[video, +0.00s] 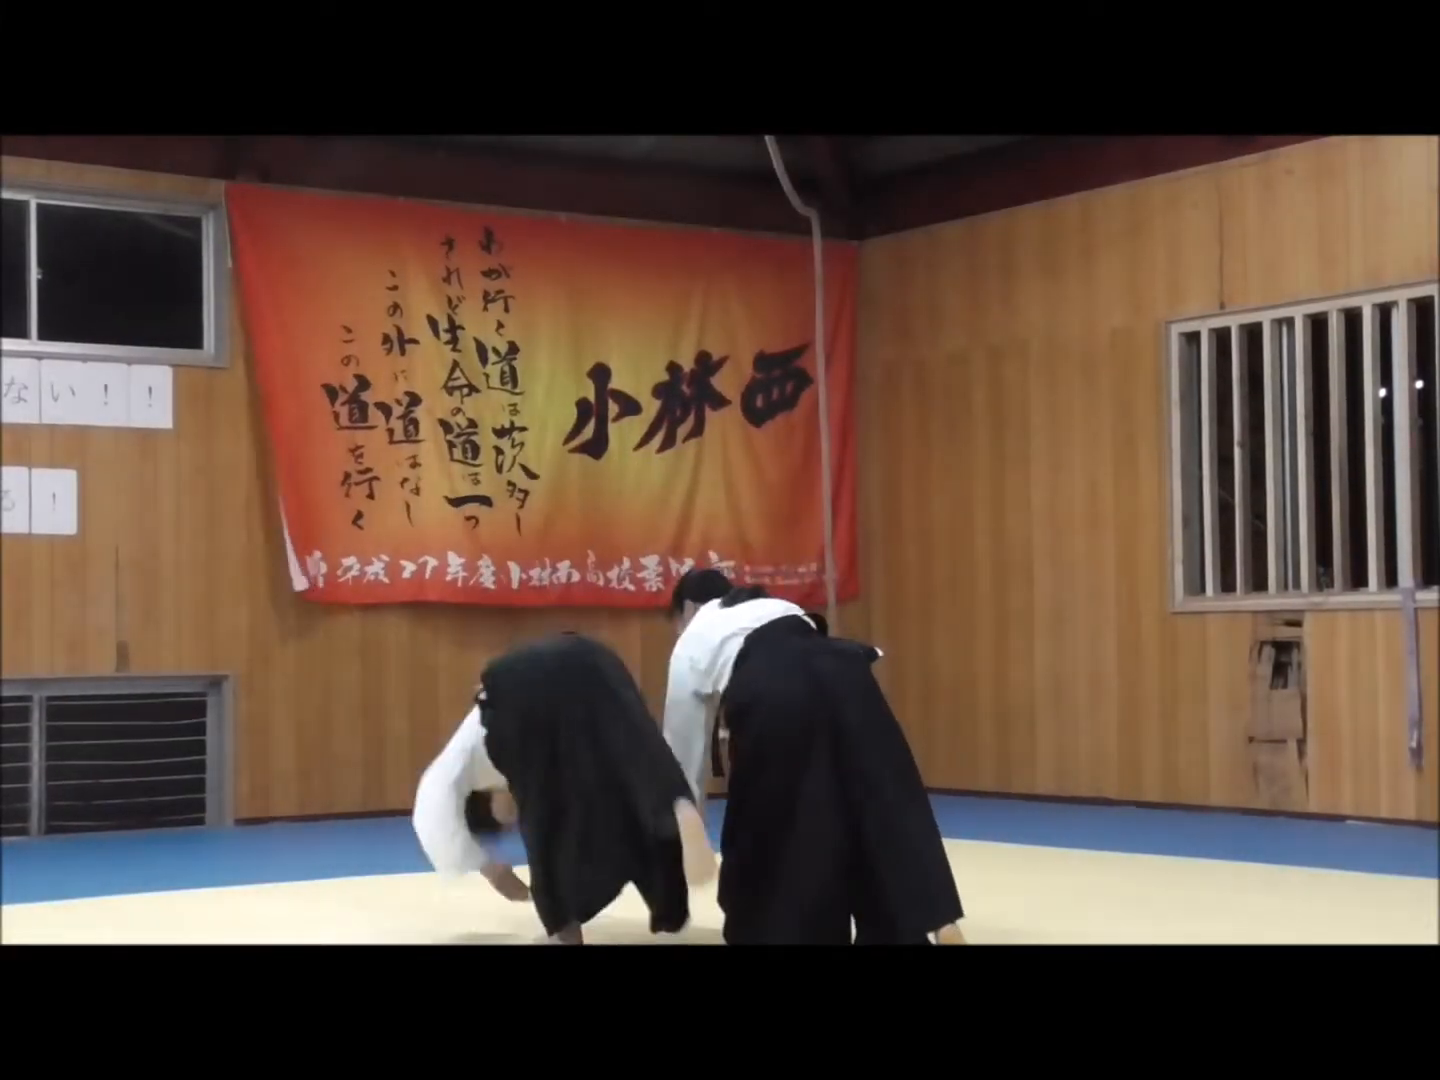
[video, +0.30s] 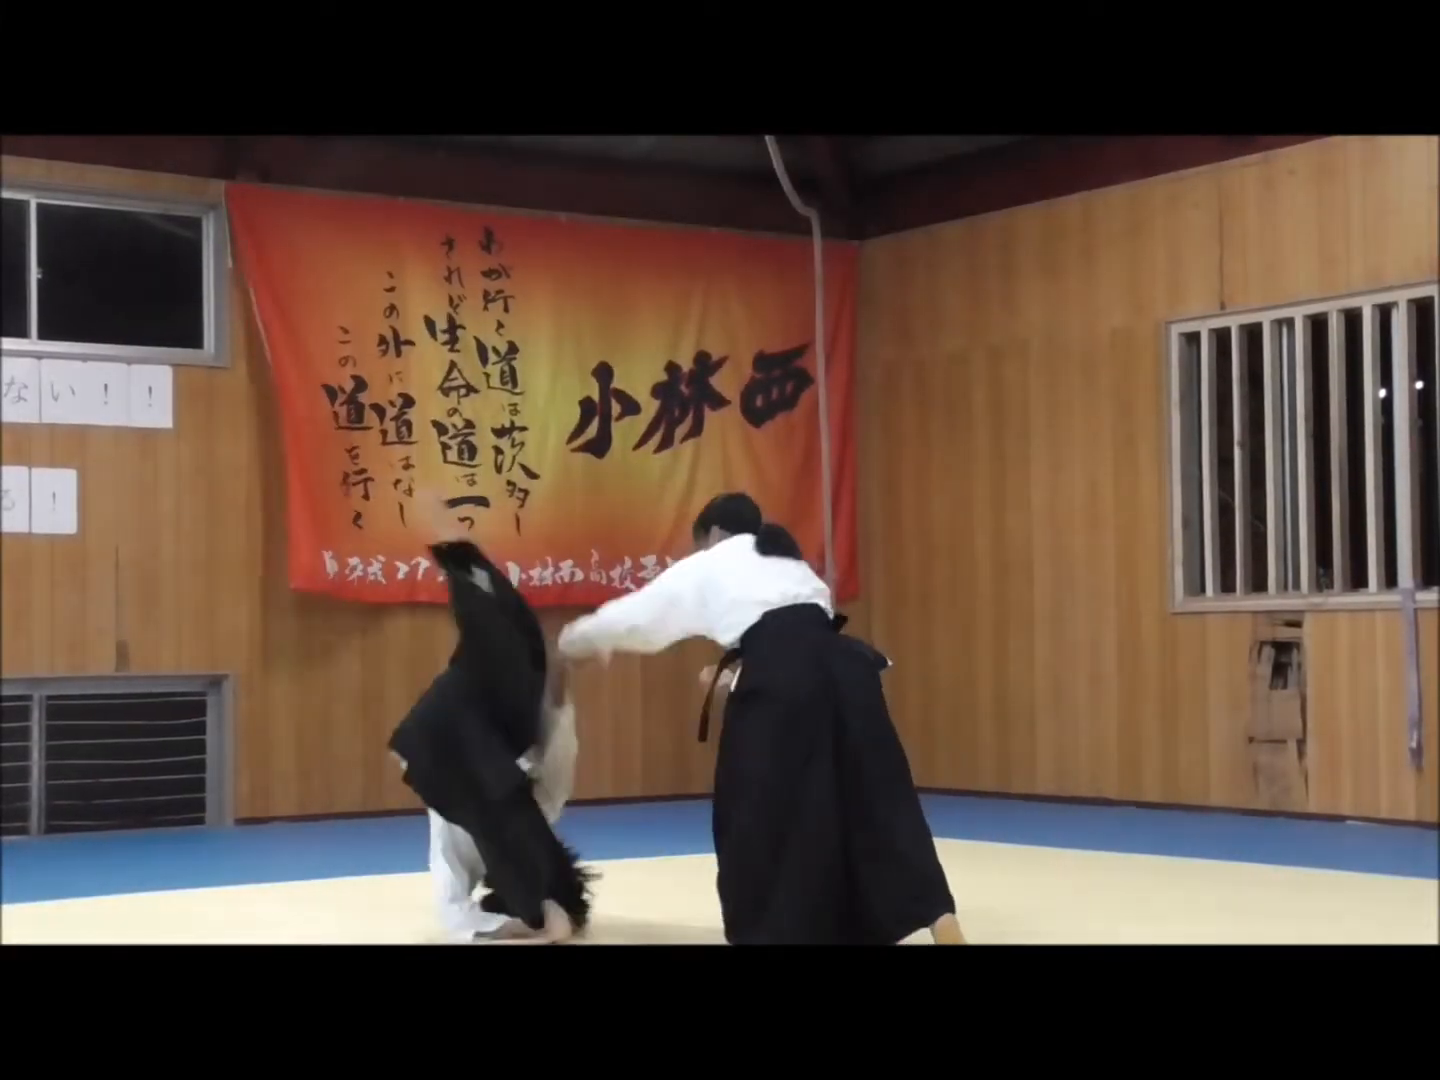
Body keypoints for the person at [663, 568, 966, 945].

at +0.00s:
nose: (678, 631)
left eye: (677, 621)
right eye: (677, 623)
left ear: (689, 609)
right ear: (728, 595)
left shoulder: (695, 640)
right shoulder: (772, 606)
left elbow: (683, 751)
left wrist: (686, 832)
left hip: (777, 697)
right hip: (847, 680)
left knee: (770, 826)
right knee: (892, 798)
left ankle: (764, 928)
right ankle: (945, 923)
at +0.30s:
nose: (696, 551)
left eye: (698, 543)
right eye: (697, 544)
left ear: (714, 536)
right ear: (752, 531)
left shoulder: (705, 567)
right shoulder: (790, 563)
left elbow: (627, 618)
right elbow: (804, 624)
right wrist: (732, 667)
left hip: (779, 679)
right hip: (848, 672)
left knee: (755, 811)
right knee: (886, 795)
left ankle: (758, 930)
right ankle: (940, 915)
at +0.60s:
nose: (726, 513)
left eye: (730, 504)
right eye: (728, 504)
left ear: (749, 503)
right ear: (786, 500)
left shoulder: (731, 542)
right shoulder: (819, 539)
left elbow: (663, 550)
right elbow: (833, 603)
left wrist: (637, 510)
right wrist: (754, 628)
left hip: (784, 678)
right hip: (853, 670)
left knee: (766, 807)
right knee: (891, 788)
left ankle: (762, 929)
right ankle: (947, 902)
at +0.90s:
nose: (814, 505)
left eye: (818, 495)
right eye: (816, 495)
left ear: (836, 496)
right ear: (875, 494)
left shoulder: (824, 541)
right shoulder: (909, 541)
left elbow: (745, 574)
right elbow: (905, 605)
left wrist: (716, 529)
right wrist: (823, 621)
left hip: (858, 683)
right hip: (930, 682)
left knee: (812, 808)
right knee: (924, 813)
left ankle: (770, 924)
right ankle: (930, 926)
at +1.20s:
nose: (878, 477)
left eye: (880, 467)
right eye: (877, 467)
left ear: (899, 467)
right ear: (936, 465)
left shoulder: (892, 522)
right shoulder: (977, 522)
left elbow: (835, 588)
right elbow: (991, 596)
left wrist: (790, 568)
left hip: (919, 674)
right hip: (990, 672)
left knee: (871, 795)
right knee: (964, 805)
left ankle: (866, 926)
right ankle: (950, 929)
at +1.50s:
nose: (911, 466)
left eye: (913, 456)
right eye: (910, 457)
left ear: (935, 455)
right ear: (974, 453)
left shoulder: (926, 521)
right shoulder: (1017, 510)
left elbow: (892, 606)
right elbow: (1042, 595)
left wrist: (845, 634)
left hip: (971, 667)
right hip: (1039, 661)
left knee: (938, 803)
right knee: (1013, 804)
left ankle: (942, 926)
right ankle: (1046, 920)